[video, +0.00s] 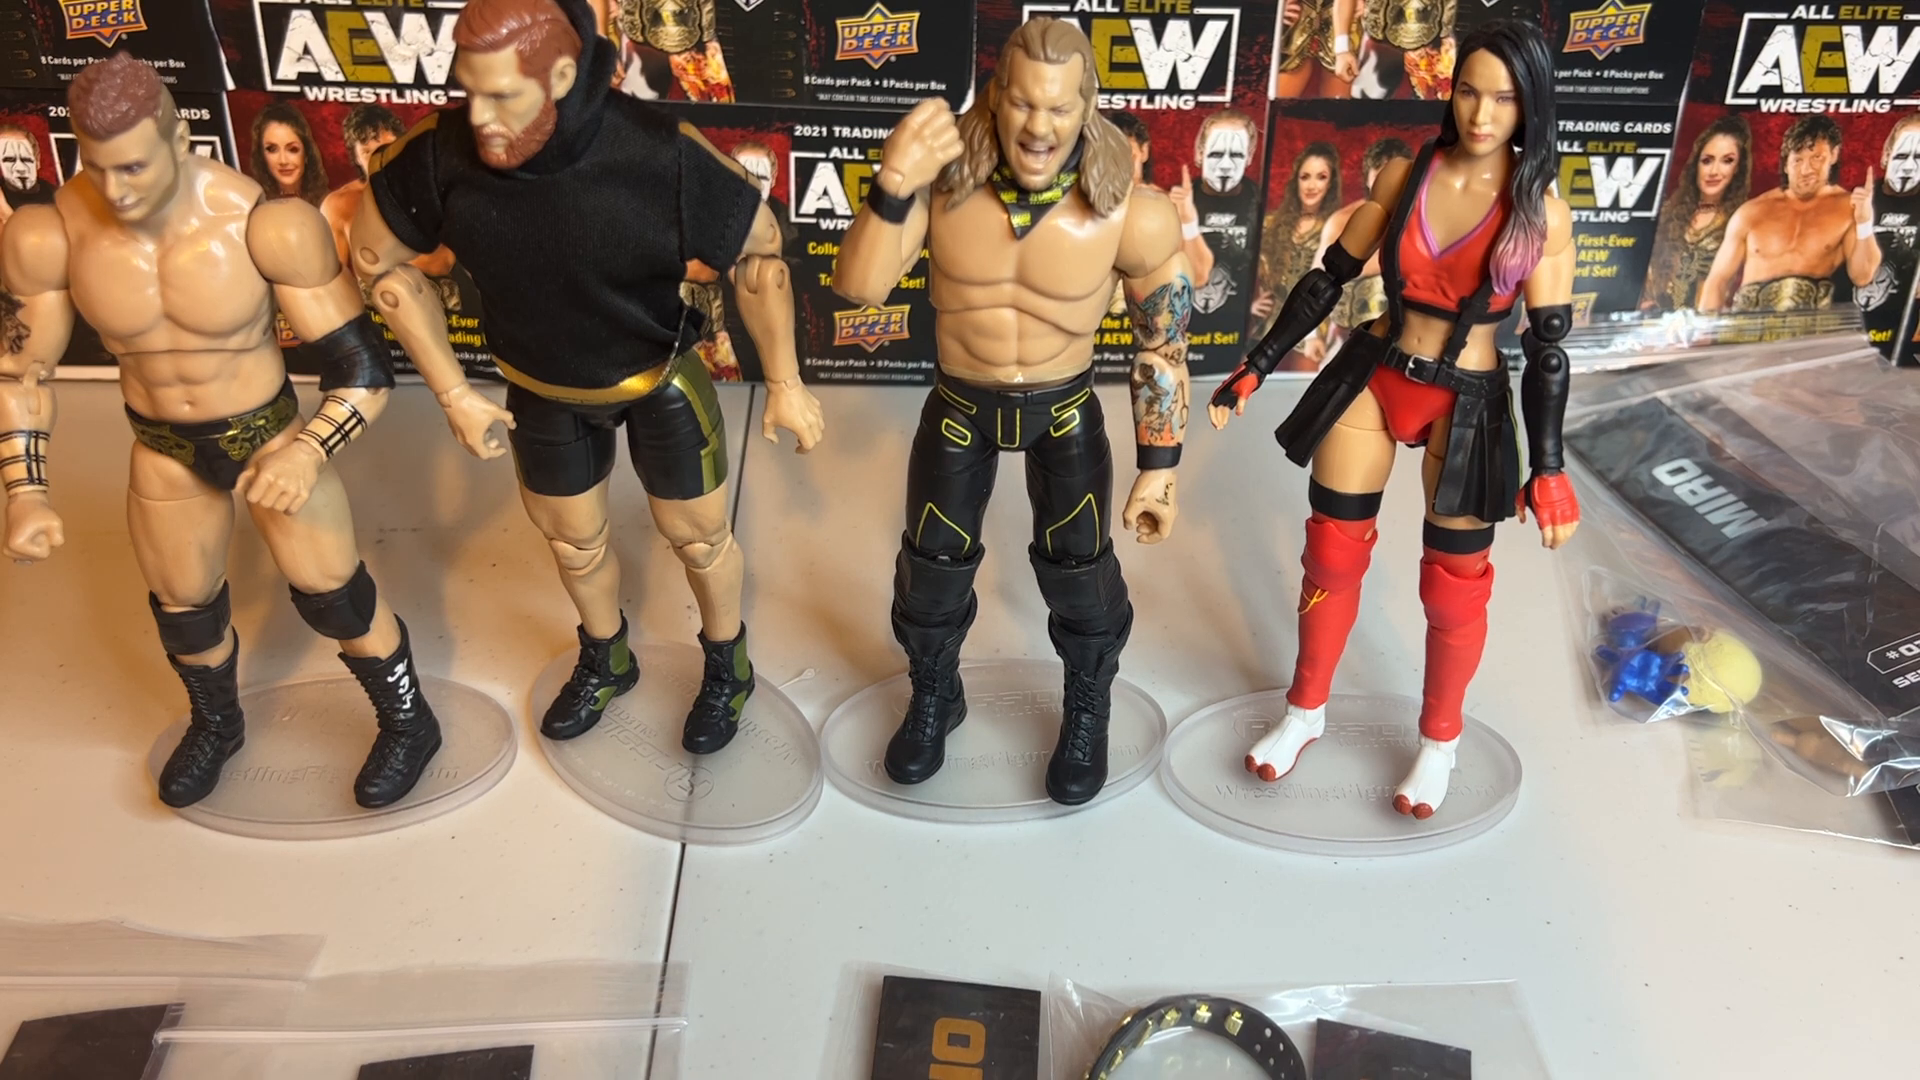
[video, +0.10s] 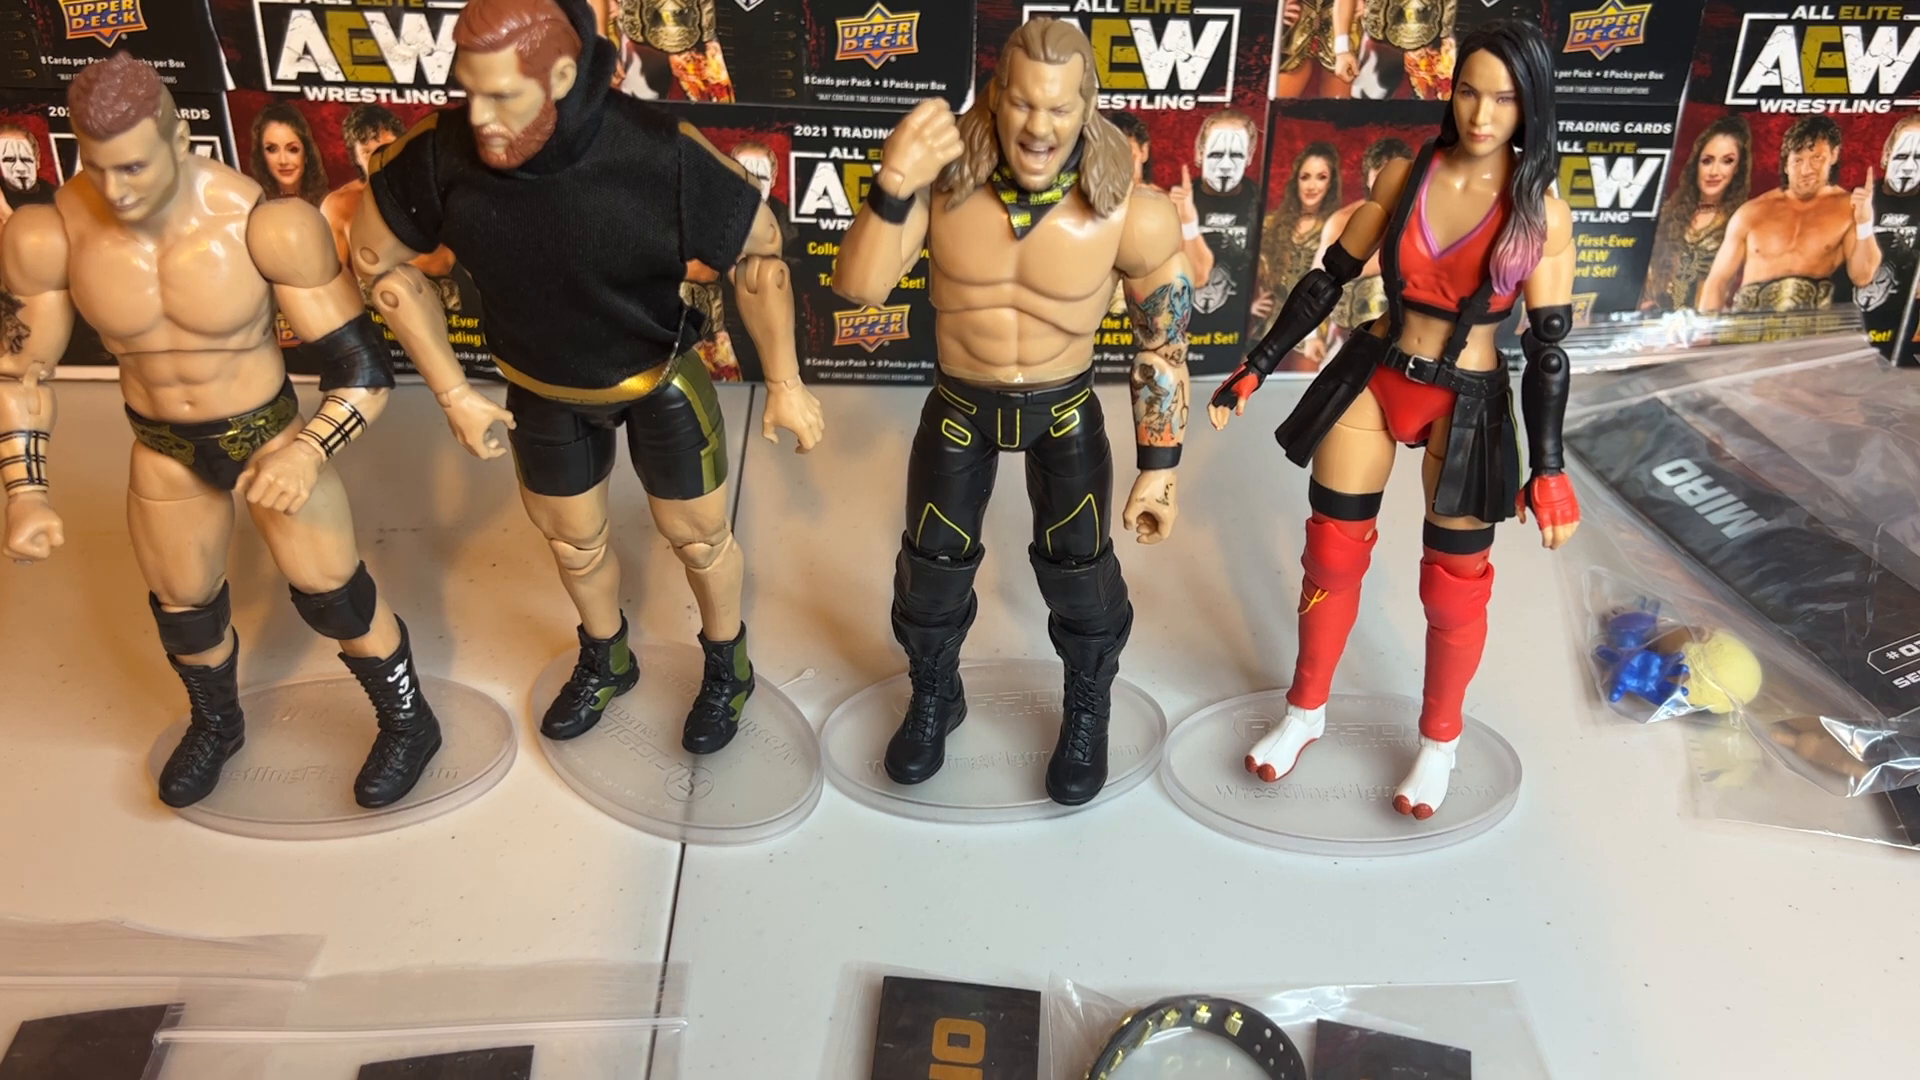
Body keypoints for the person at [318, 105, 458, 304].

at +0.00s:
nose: (380, 160)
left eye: (387, 149)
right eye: (369, 153)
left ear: (402, 147)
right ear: (356, 157)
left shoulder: (431, 190)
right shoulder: (339, 205)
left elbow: (443, 262)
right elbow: (338, 276)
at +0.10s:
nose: (379, 160)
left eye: (387, 150)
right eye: (368, 153)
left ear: (402, 147)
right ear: (355, 156)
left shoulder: (431, 191)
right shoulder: (338, 205)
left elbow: (442, 263)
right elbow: (336, 275)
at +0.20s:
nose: (379, 160)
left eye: (387, 150)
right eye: (368, 153)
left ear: (402, 147)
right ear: (355, 157)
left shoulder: (431, 191)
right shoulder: (339, 204)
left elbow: (443, 262)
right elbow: (337, 275)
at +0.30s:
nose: (379, 159)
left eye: (386, 149)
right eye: (368, 152)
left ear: (402, 146)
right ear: (355, 156)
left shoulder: (431, 191)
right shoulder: (338, 205)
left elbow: (443, 263)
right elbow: (336, 275)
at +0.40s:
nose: (379, 160)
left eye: (387, 149)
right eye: (369, 153)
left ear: (402, 147)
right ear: (356, 156)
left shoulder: (431, 191)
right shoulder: (338, 205)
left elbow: (442, 263)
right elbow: (337, 275)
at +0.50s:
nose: (380, 160)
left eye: (387, 150)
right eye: (369, 153)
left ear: (402, 147)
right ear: (355, 157)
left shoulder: (431, 191)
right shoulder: (339, 204)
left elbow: (443, 263)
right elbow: (337, 276)